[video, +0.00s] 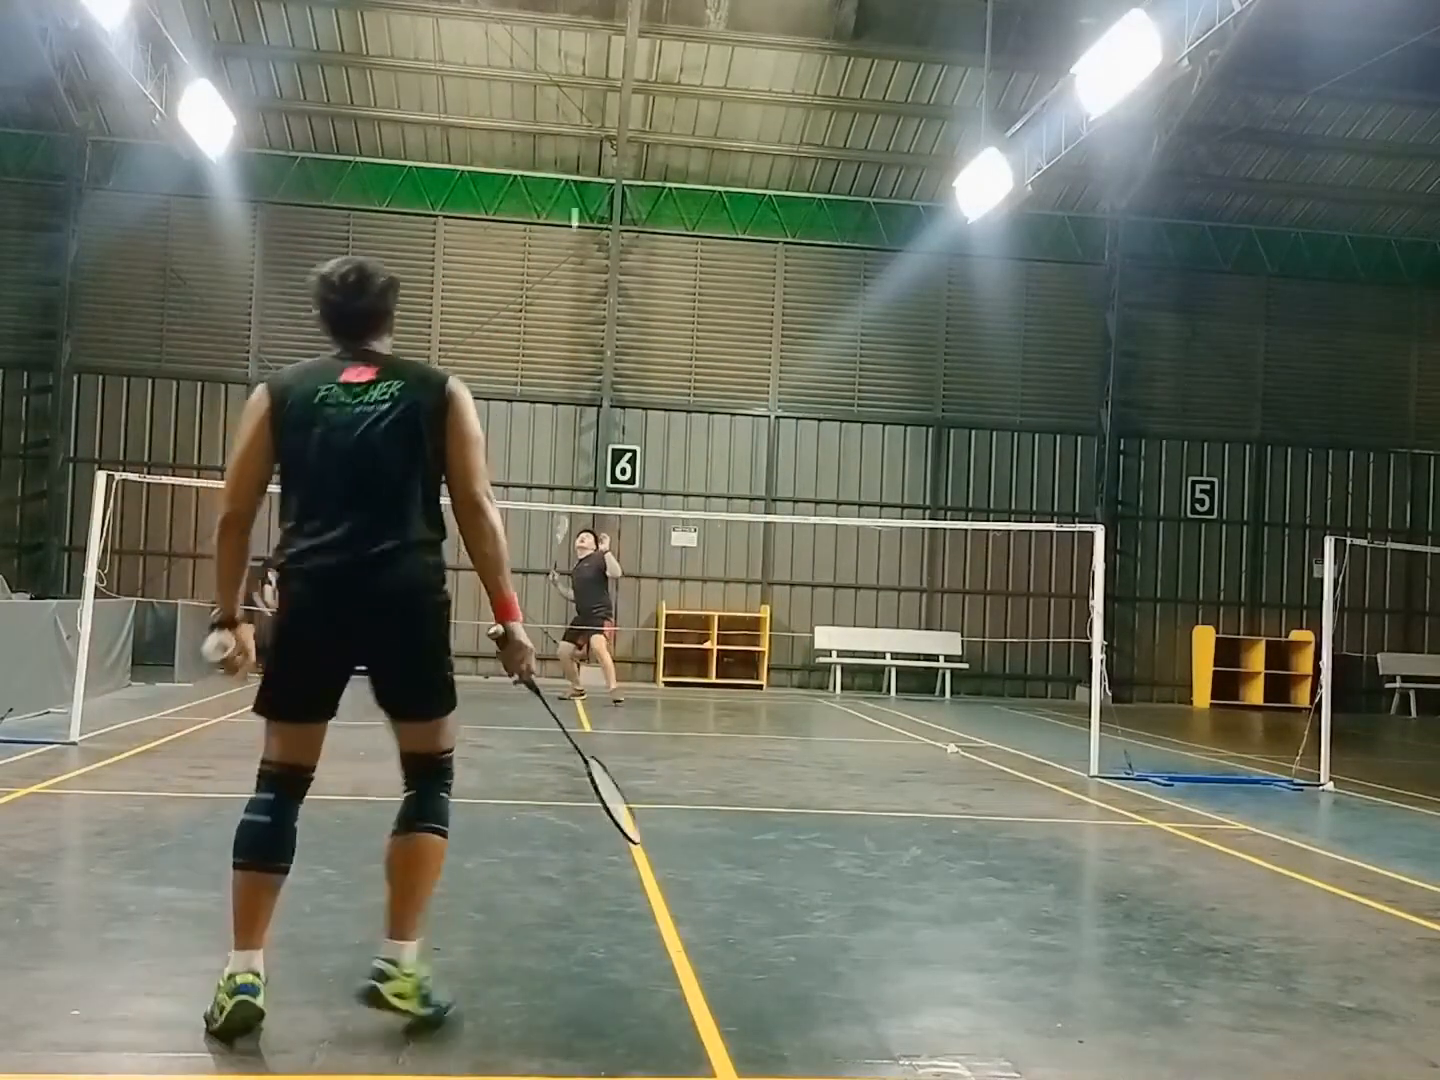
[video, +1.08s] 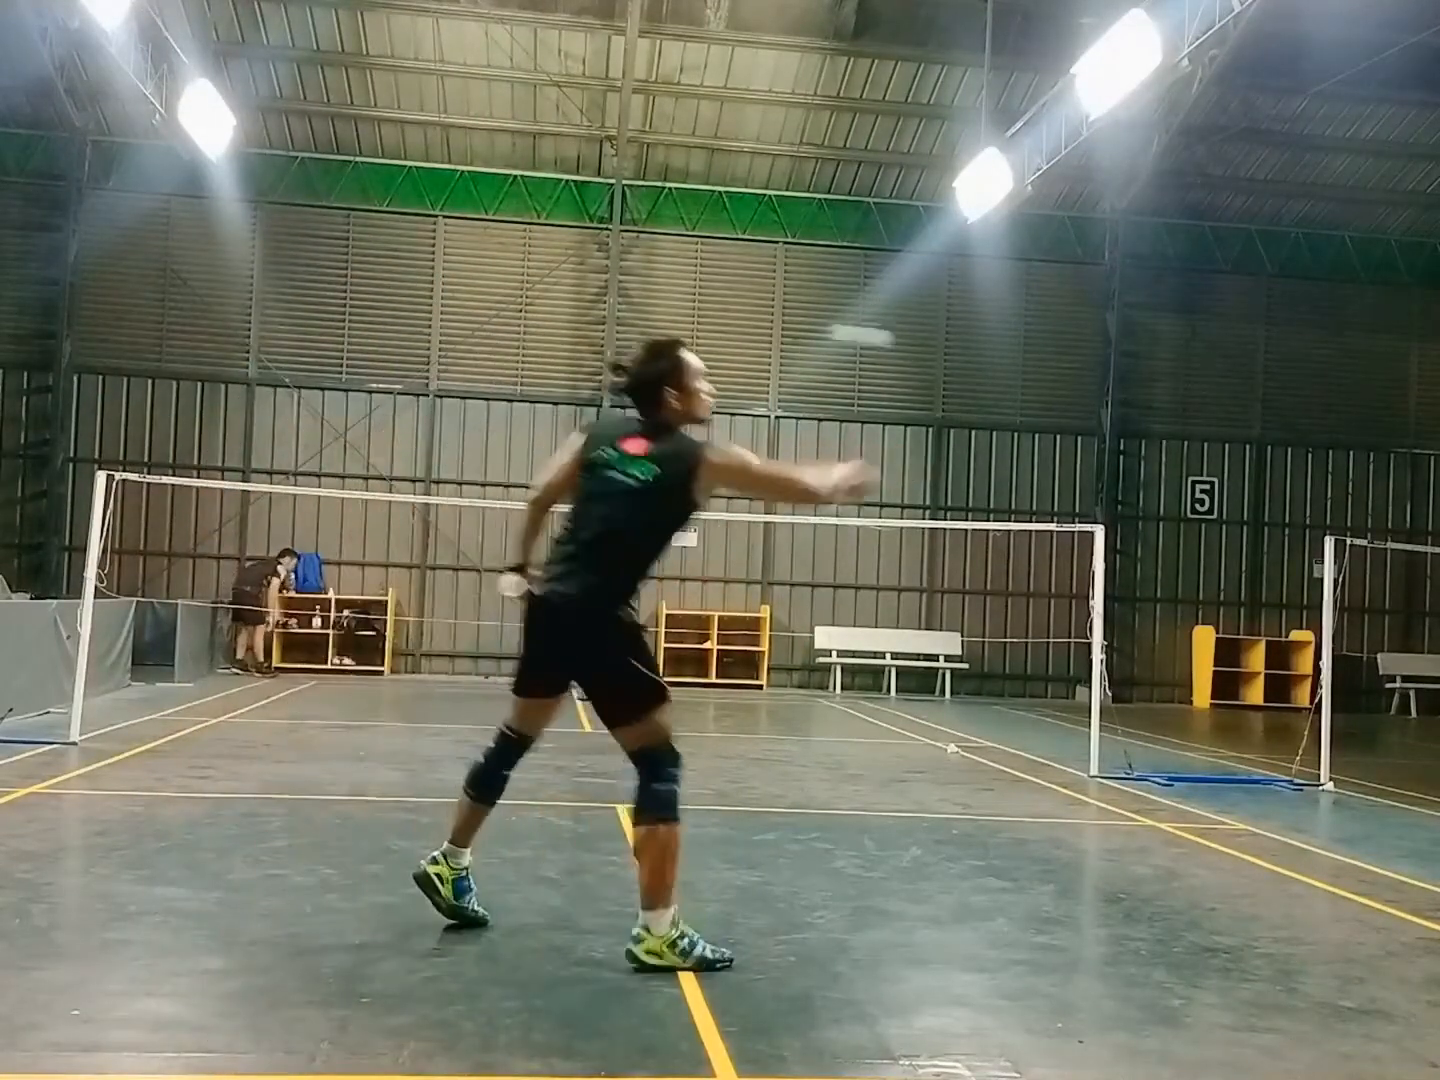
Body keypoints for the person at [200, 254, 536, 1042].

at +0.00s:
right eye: (384, 313)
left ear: (323, 321)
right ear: (392, 319)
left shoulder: (281, 394)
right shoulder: (440, 392)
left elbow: (236, 510)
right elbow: (475, 509)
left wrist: (229, 615)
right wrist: (510, 619)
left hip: (311, 610)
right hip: (409, 611)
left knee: (280, 782)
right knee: (427, 776)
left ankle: (245, 974)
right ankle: (401, 963)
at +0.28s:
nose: (467, 373)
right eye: (475, 362)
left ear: (420, 367)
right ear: (479, 370)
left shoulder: (376, 432)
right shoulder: (508, 445)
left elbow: (319, 529)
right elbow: (517, 555)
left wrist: (304, 609)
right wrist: (531, 662)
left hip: (381, 630)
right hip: (463, 635)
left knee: (334, 779)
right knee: (473, 784)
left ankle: (274, 915)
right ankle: (459, 937)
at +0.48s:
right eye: (533, 357)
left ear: (476, 357)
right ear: (533, 362)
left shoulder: (431, 415)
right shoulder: (556, 428)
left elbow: (388, 510)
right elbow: (569, 534)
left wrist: (386, 596)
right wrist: (585, 624)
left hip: (430, 602)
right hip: (503, 610)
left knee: (440, 738)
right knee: (493, 765)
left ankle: (397, 878)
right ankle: (462, 924)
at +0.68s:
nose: (555, 400)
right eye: (556, 392)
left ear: (500, 393)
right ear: (552, 396)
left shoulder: (457, 452)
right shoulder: (563, 460)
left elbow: (421, 545)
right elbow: (580, 553)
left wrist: (421, 628)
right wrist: (649, 595)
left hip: (463, 637)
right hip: (524, 638)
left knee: (476, 760)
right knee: (596, 757)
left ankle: (437, 901)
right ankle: (511, 881)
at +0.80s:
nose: (592, 394)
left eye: (589, 383)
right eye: (588, 385)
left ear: (532, 392)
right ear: (572, 393)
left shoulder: (487, 448)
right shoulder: (581, 461)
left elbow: (446, 533)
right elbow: (609, 547)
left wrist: (435, 612)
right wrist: (698, 545)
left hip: (482, 629)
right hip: (550, 627)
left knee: (484, 758)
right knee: (627, 745)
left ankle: (440, 898)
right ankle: (580, 891)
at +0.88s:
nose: (633, 371)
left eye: (629, 360)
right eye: (627, 362)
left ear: (573, 372)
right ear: (607, 372)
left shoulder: (524, 418)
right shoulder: (624, 445)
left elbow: (475, 497)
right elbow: (705, 498)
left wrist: (459, 571)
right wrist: (800, 483)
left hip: (503, 604)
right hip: (568, 610)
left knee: (483, 741)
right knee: (623, 742)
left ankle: (442, 879)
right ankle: (660, 899)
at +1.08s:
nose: (711, 388)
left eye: (705, 378)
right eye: (701, 380)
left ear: (653, 396)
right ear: (674, 394)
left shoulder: (603, 432)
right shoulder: (694, 456)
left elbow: (542, 496)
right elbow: (801, 483)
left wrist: (522, 563)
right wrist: (841, 478)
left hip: (548, 610)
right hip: (598, 622)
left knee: (513, 737)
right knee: (658, 763)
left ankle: (449, 862)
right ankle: (659, 930)